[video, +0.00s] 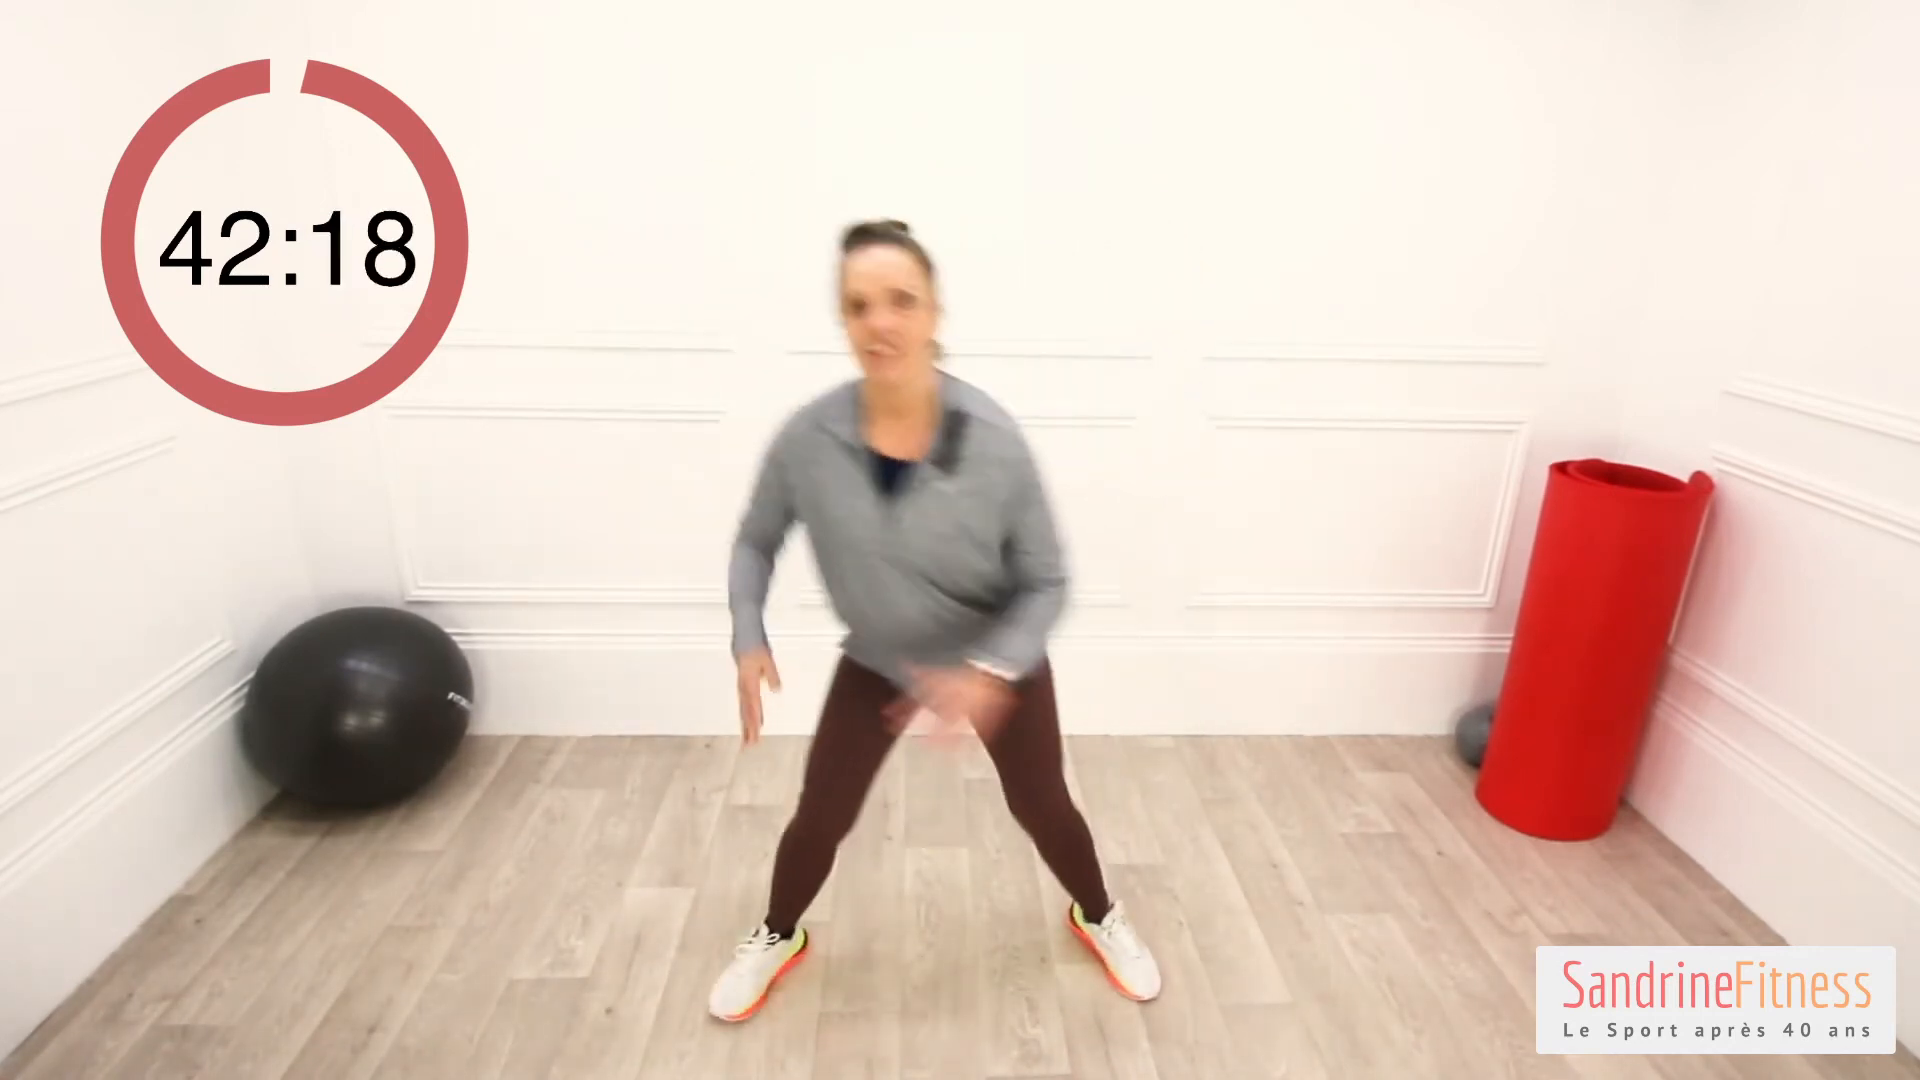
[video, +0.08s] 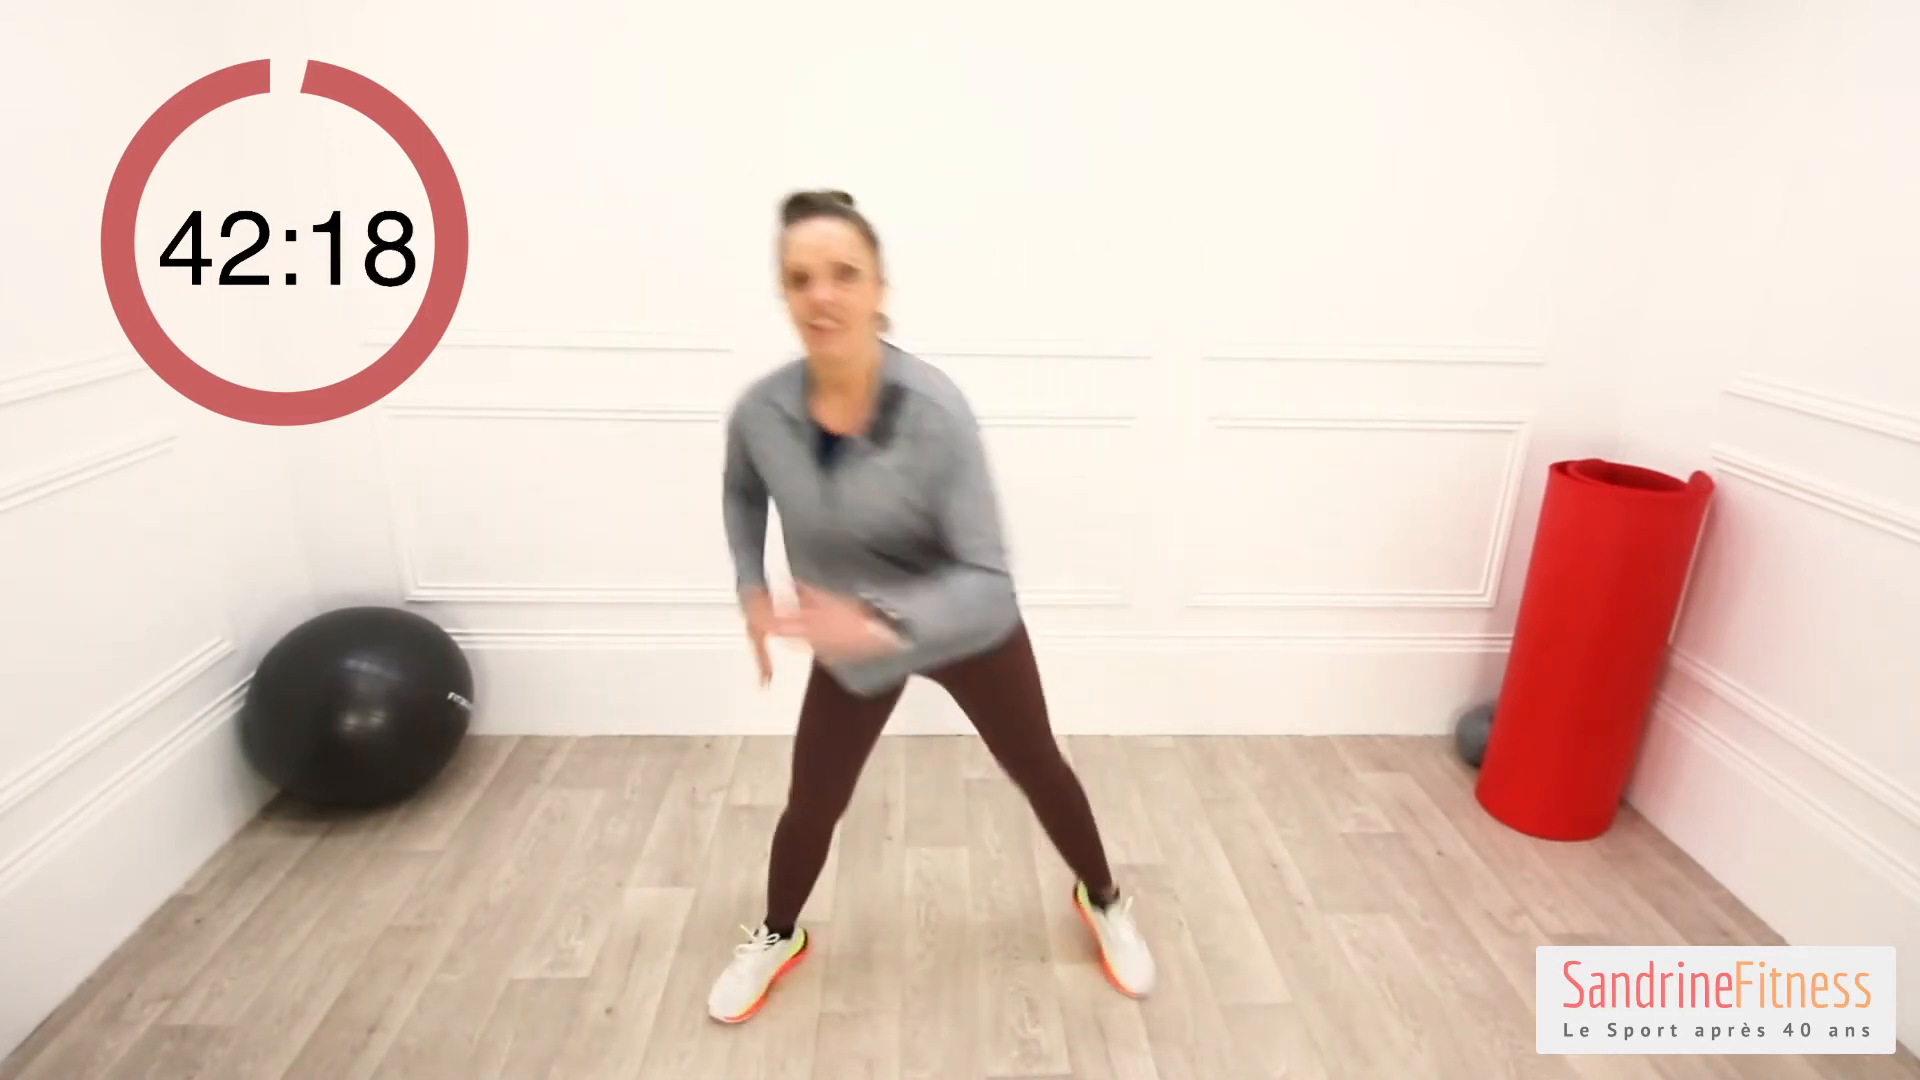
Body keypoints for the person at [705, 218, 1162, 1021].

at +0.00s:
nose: (878, 325)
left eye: (899, 302)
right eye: (858, 306)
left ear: (935, 314)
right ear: (841, 322)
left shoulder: (991, 440)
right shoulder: (807, 441)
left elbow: (1045, 582)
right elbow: (756, 543)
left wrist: (991, 672)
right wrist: (748, 637)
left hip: (996, 646)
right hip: (879, 653)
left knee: (1041, 806)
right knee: (821, 816)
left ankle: (1100, 919)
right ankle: (777, 937)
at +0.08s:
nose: (820, 299)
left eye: (842, 275)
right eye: (800, 280)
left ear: (880, 288)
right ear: (782, 297)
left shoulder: (935, 412)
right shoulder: (760, 415)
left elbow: (989, 583)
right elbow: (744, 498)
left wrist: (889, 632)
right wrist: (753, 586)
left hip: (964, 622)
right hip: (851, 634)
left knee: (1038, 768)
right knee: (812, 804)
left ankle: (1106, 904)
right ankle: (777, 935)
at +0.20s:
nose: (766, 280)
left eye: (787, 257)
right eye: (743, 263)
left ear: (826, 270)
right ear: (724, 281)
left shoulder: (876, 383)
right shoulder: (723, 384)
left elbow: (890, 522)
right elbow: (766, 495)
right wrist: (787, 569)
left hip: (937, 595)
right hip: (835, 612)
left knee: (1004, 737)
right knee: (805, 796)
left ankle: (1086, 840)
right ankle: (779, 936)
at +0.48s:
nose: (741, 301)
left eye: (762, 276)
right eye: (716, 283)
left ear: (798, 288)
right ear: (697, 302)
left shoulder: (837, 390)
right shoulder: (701, 393)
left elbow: (869, 504)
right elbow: (752, 516)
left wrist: (719, 570)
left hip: (910, 607)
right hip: (807, 628)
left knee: (978, 752)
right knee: (777, 808)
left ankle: (1050, 828)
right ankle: (779, 937)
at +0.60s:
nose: (773, 294)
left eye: (792, 269)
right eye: (747, 275)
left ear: (823, 278)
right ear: (723, 293)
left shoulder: (878, 402)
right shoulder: (705, 386)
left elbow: (987, 530)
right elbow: (777, 498)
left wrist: (899, 644)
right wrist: (807, 593)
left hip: (920, 612)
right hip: (809, 626)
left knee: (994, 748)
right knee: (787, 804)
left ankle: (1063, 852)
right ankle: (778, 938)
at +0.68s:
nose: (814, 305)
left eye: (833, 280)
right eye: (788, 287)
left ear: (861, 290)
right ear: (761, 305)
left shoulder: (917, 419)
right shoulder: (723, 396)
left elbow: (1050, 532)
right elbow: (717, 441)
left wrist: (990, 647)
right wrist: (748, 516)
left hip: (931, 622)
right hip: (815, 634)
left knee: (1007, 772)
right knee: (788, 813)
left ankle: (1072, 883)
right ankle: (778, 938)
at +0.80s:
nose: (909, 339)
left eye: (924, 316)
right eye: (883, 320)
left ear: (946, 324)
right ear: (853, 335)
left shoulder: (994, 443)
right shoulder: (802, 439)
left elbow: (1070, 517)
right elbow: (750, 485)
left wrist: (1047, 623)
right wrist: (765, 589)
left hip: (952, 659)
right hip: (834, 667)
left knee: (1020, 809)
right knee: (812, 840)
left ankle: (1084, 915)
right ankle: (776, 941)